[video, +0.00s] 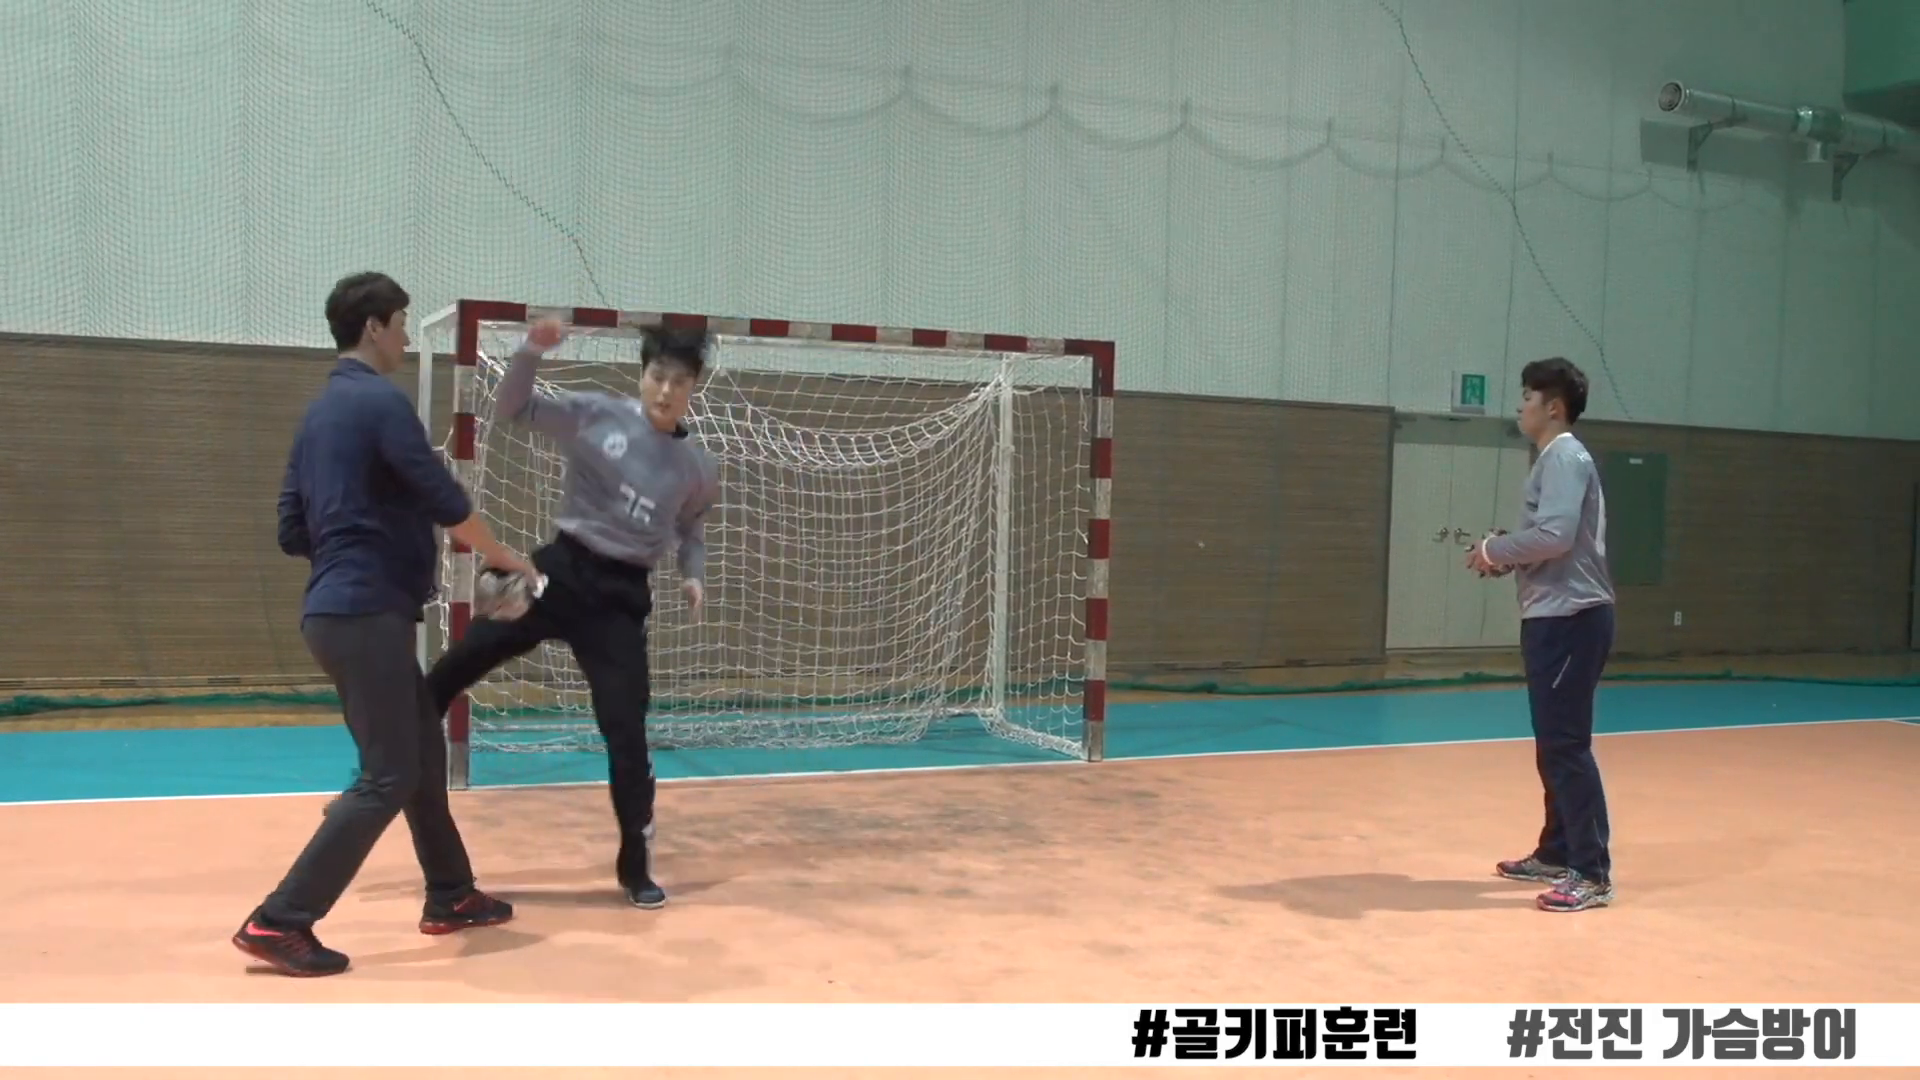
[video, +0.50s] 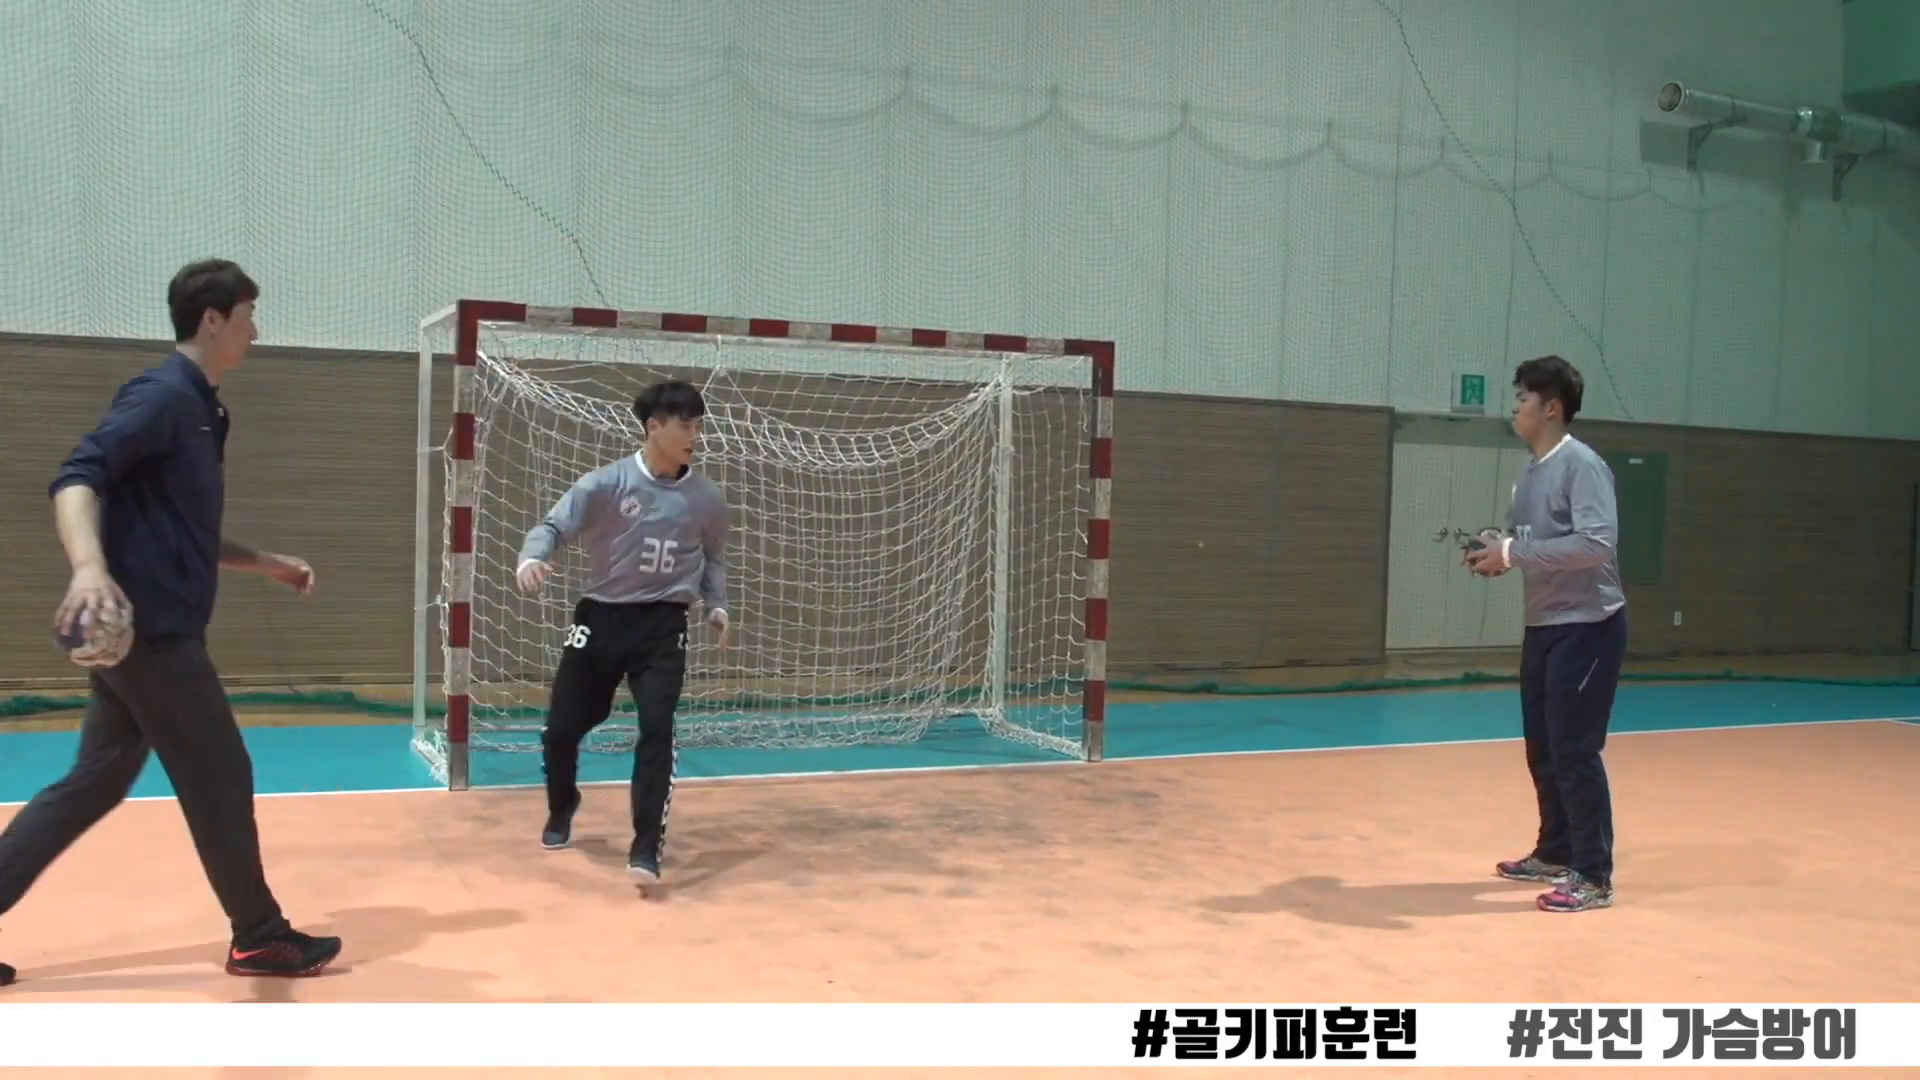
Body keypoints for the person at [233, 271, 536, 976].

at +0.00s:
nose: (408, 336)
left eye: (405, 324)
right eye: (401, 324)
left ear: (353, 330)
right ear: (374, 327)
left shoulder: (322, 410)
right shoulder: (382, 400)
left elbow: (295, 530)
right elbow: (446, 501)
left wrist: (386, 538)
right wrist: (502, 556)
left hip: (335, 607)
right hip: (369, 610)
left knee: (423, 754)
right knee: (386, 777)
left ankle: (450, 896)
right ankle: (279, 923)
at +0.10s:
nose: (385, 340)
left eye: (383, 325)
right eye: (379, 325)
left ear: (333, 330)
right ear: (348, 328)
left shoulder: (294, 407)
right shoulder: (342, 407)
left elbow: (264, 529)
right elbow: (371, 537)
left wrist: (338, 566)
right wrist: (441, 618)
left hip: (293, 618)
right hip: (318, 624)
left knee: (387, 744)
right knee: (346, 780)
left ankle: (436, 891)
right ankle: (267, 935)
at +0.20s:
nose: (360, 339)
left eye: (359, 325)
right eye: (355, 325)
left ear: (309, 327)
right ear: (324, 326)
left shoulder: (275, 397)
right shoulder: (304, 405)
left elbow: (267, 528)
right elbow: (289, 533)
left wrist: (336, 568)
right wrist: (339, 632)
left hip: (274, 613)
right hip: (268, 619)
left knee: (366, 730)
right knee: (324, 772)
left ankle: (346, 891)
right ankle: (266, 936)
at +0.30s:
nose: (331, 325)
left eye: (330, 312)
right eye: (325, 311)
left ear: (283, 317)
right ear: (293, 316)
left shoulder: (268, 387)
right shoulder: (260, 392)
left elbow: (250, 513)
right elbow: (213, 506)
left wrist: (312, 555)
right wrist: (238, 605)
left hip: (250, 614)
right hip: (235, 618)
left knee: (310, 741)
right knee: (289, 759)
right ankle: (267, 935)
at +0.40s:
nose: (294, 324)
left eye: (294, 310)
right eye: (288, 310)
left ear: (249, 315)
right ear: (254, 314)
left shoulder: (236, 392)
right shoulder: (210, 388)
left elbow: (215, 517)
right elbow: (138, 484)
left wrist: (286, 556)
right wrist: (153, 576)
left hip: (210, 621)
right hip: (200, 623)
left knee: (204, 775)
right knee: (252, 770)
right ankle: (263, 935)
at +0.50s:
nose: (255, 329)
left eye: (254, 316)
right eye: (249, 315)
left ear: (210, 320)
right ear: (213, 319)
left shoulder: (199, 405)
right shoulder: (163, 395)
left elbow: (187, 531)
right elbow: (76, 483)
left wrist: (264, 563)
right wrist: (88, 567)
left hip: (150, 631)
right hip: (149, 633)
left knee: (95, 784)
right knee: (219, 775)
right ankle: (259, 934)